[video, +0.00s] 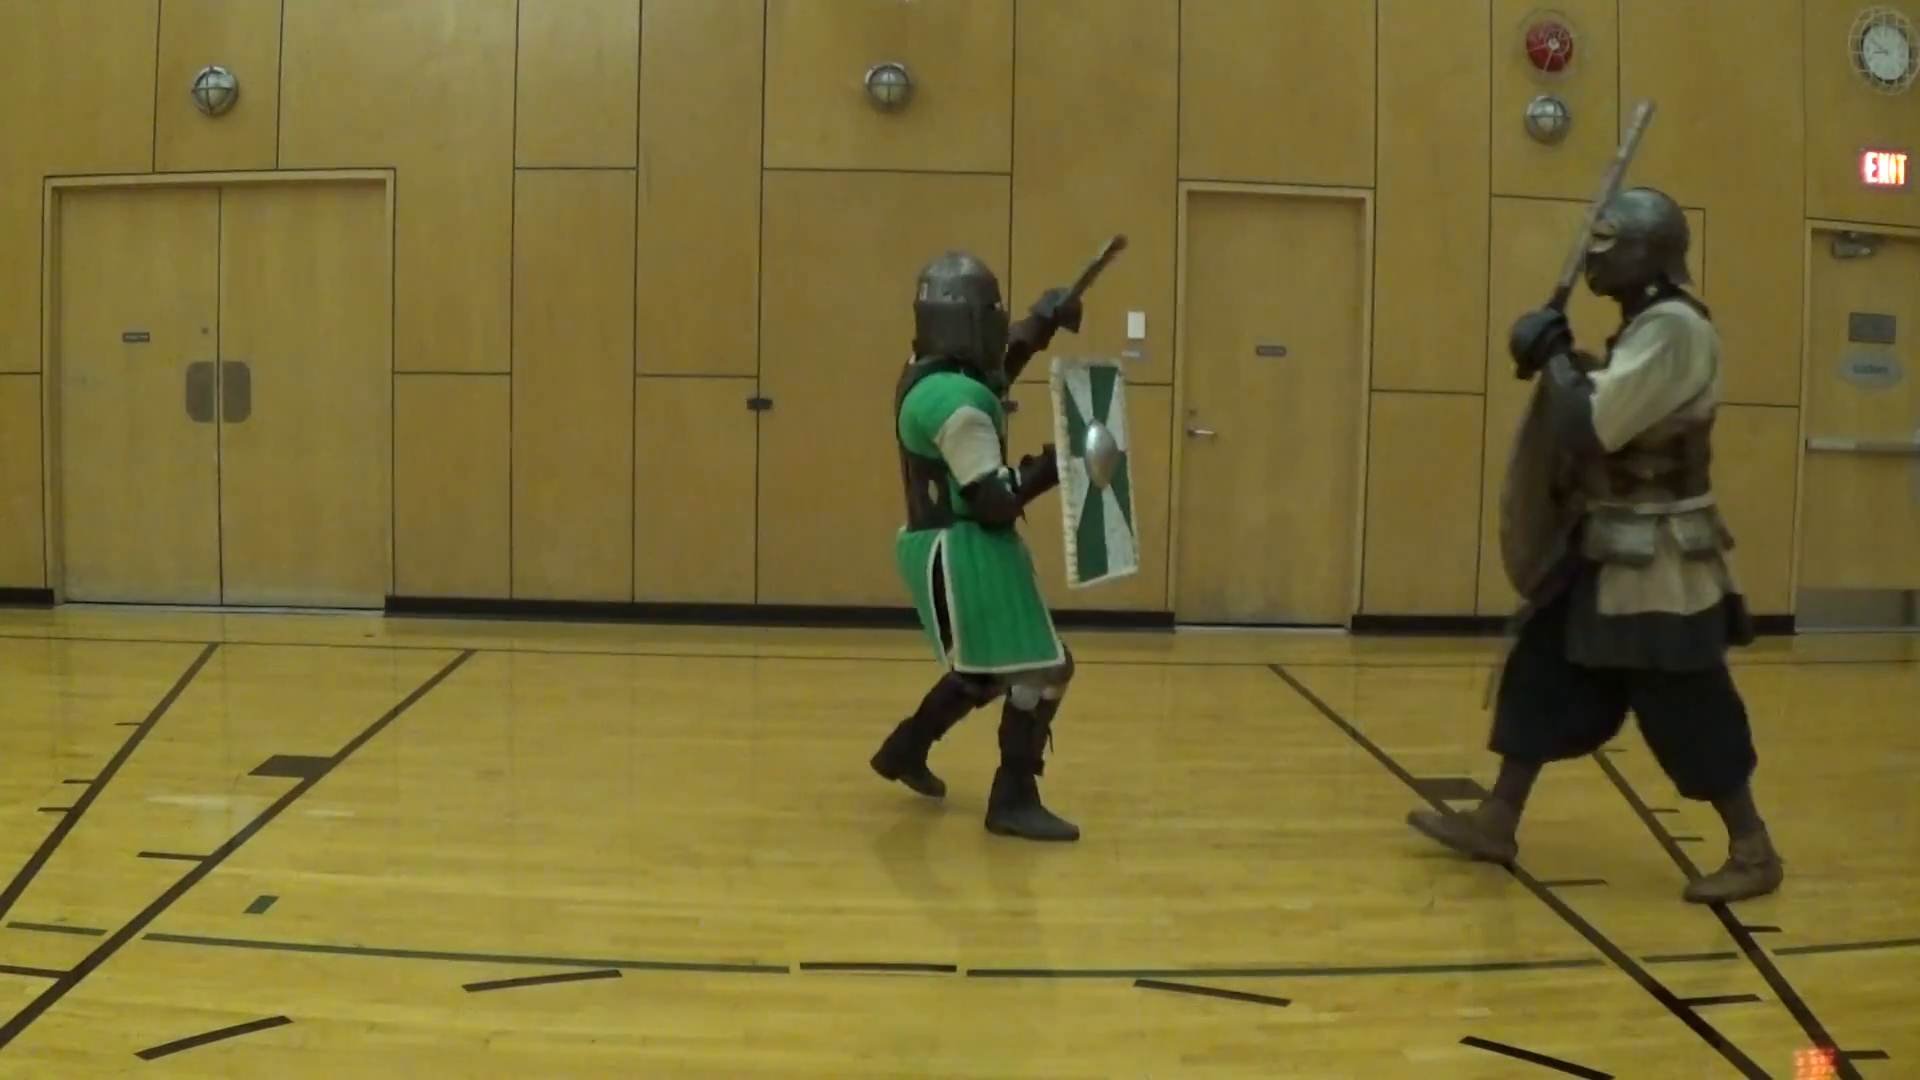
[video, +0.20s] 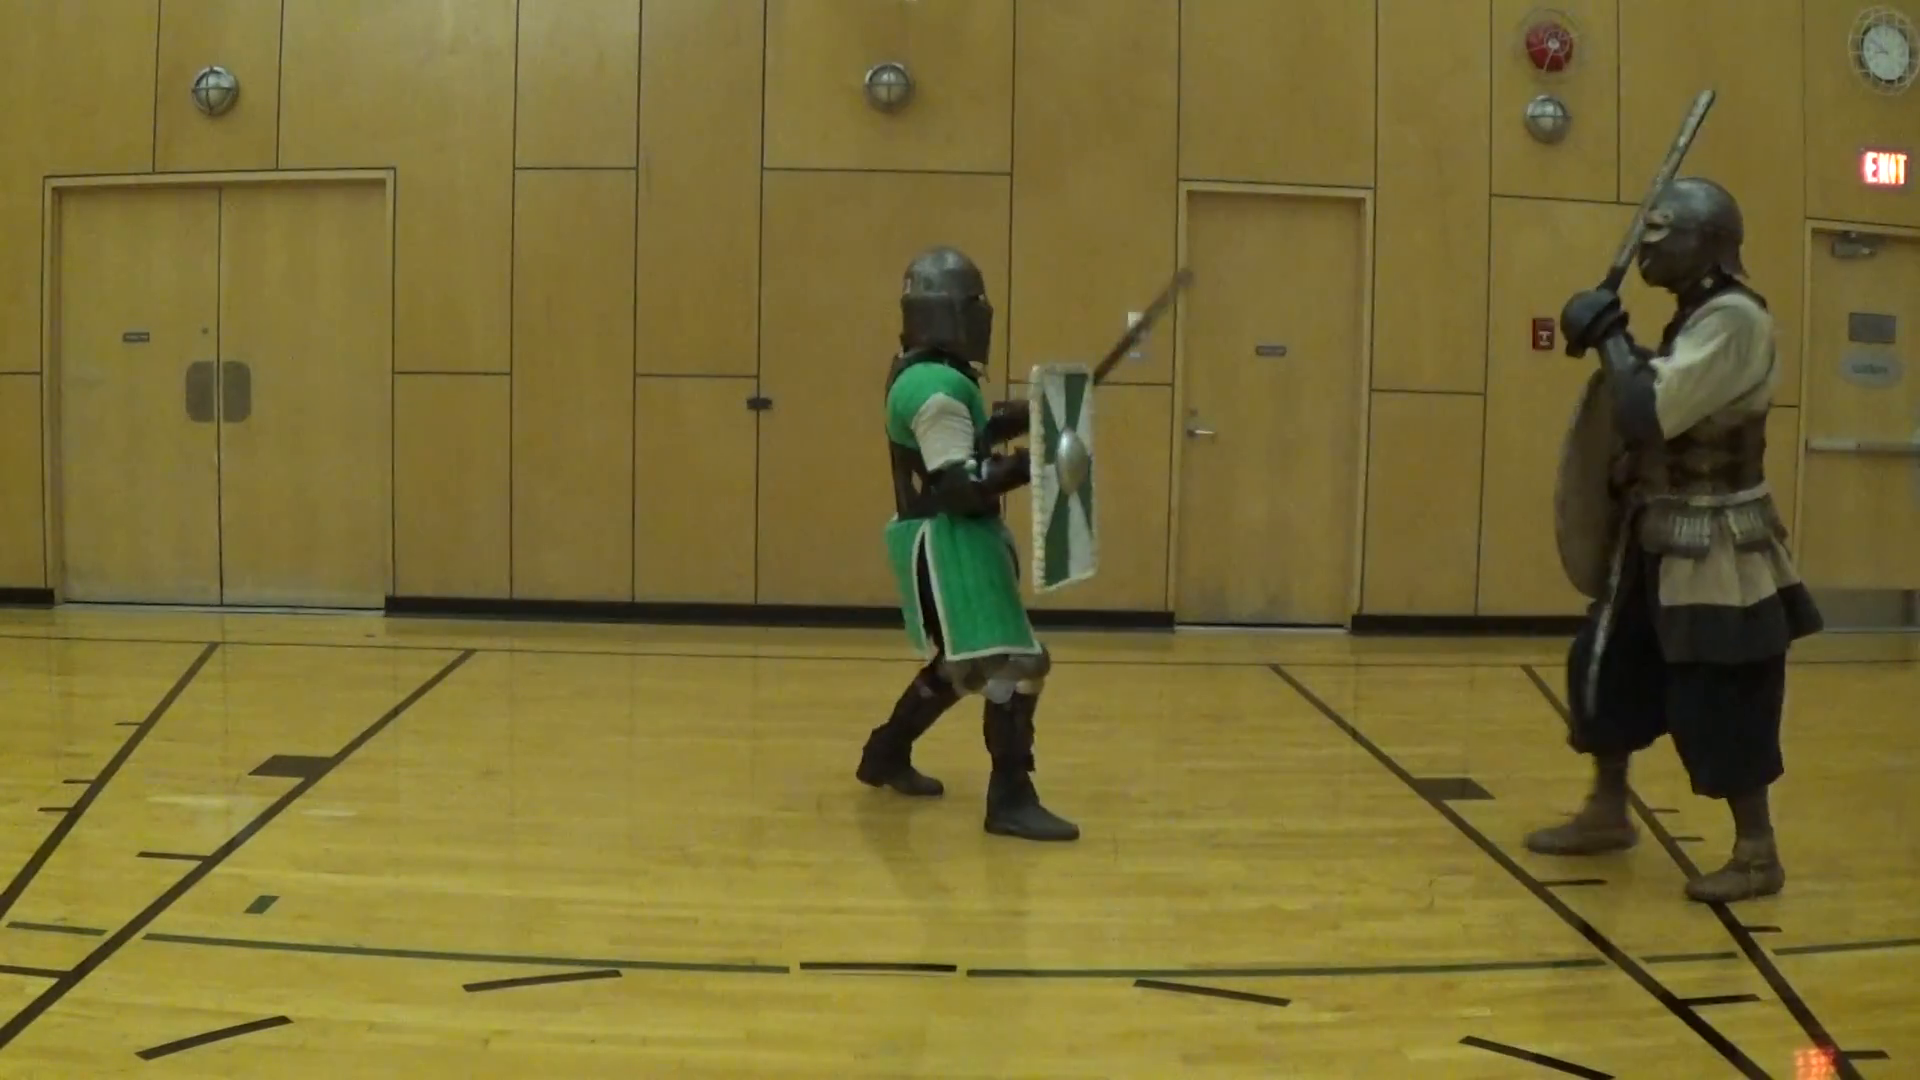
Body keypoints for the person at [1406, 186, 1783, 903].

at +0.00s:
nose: (1592, 254)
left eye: (1608, 242)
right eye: (1595, 240)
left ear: (1652, 254)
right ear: (1645, 256)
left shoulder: (1674, 328)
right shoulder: (1644, 327)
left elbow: (1597, 422)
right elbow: (1600, 407)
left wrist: (1554, 356)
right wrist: (1559, 358)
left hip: (1659, 559)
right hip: (1609, 553)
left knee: (1691, 703)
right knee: (1541, 672)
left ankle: (1753, 852)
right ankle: (1495, 823)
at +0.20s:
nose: (1644, 241)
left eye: (1660, 230)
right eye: (1646, 229)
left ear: (1709, 243)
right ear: (1694, 245)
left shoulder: (1734, 320)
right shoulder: (1693, 318)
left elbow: (1648, 412)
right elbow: (1649, 401)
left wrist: (1612, 336)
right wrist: (1608, 336)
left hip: (1720, 546)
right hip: (1661, 541)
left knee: (1727, 697)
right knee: (1609, 667)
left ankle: (1756, 852)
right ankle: (1608, 809)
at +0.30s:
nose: (1664, 237)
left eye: (1680, 226)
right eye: (1668, 225)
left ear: (1727, 238)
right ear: (1710, 242)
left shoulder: (1754, 312)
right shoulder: (1711, 315)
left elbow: (1667, 389)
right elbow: (1664, 387)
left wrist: (1624, 310)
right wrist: (1623, 315)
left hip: (1733, 539)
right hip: (1677, 535)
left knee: (1736, 688)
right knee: (1627, 662)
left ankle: (1757, 854)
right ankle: (1653, 805)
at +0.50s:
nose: (1682, 232)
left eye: (1698, 222)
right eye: (1683, 221)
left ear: (1745, 237)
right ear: (1707, 238)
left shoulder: (1766, 305)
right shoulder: (1718, 305)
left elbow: (1695, 369)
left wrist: (1648, 281)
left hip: (1742, 541)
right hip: (1687, 536)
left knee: (1747, 693)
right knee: (1662, 675)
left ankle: (1759, 856)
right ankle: (1673, 814)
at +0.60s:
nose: (1681, 235)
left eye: (1697, 225)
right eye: (1683, 224)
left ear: (1743, 239)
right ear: (1703, 238)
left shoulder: (1762, 303)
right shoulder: (1715, 300)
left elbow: (1718, 375)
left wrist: (1665, 281)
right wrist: (1645, 275)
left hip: (1741, 540)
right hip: (1688, 536)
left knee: (1750, 691)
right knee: (1674, 675)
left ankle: (1759, 855)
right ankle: (1674, 816)